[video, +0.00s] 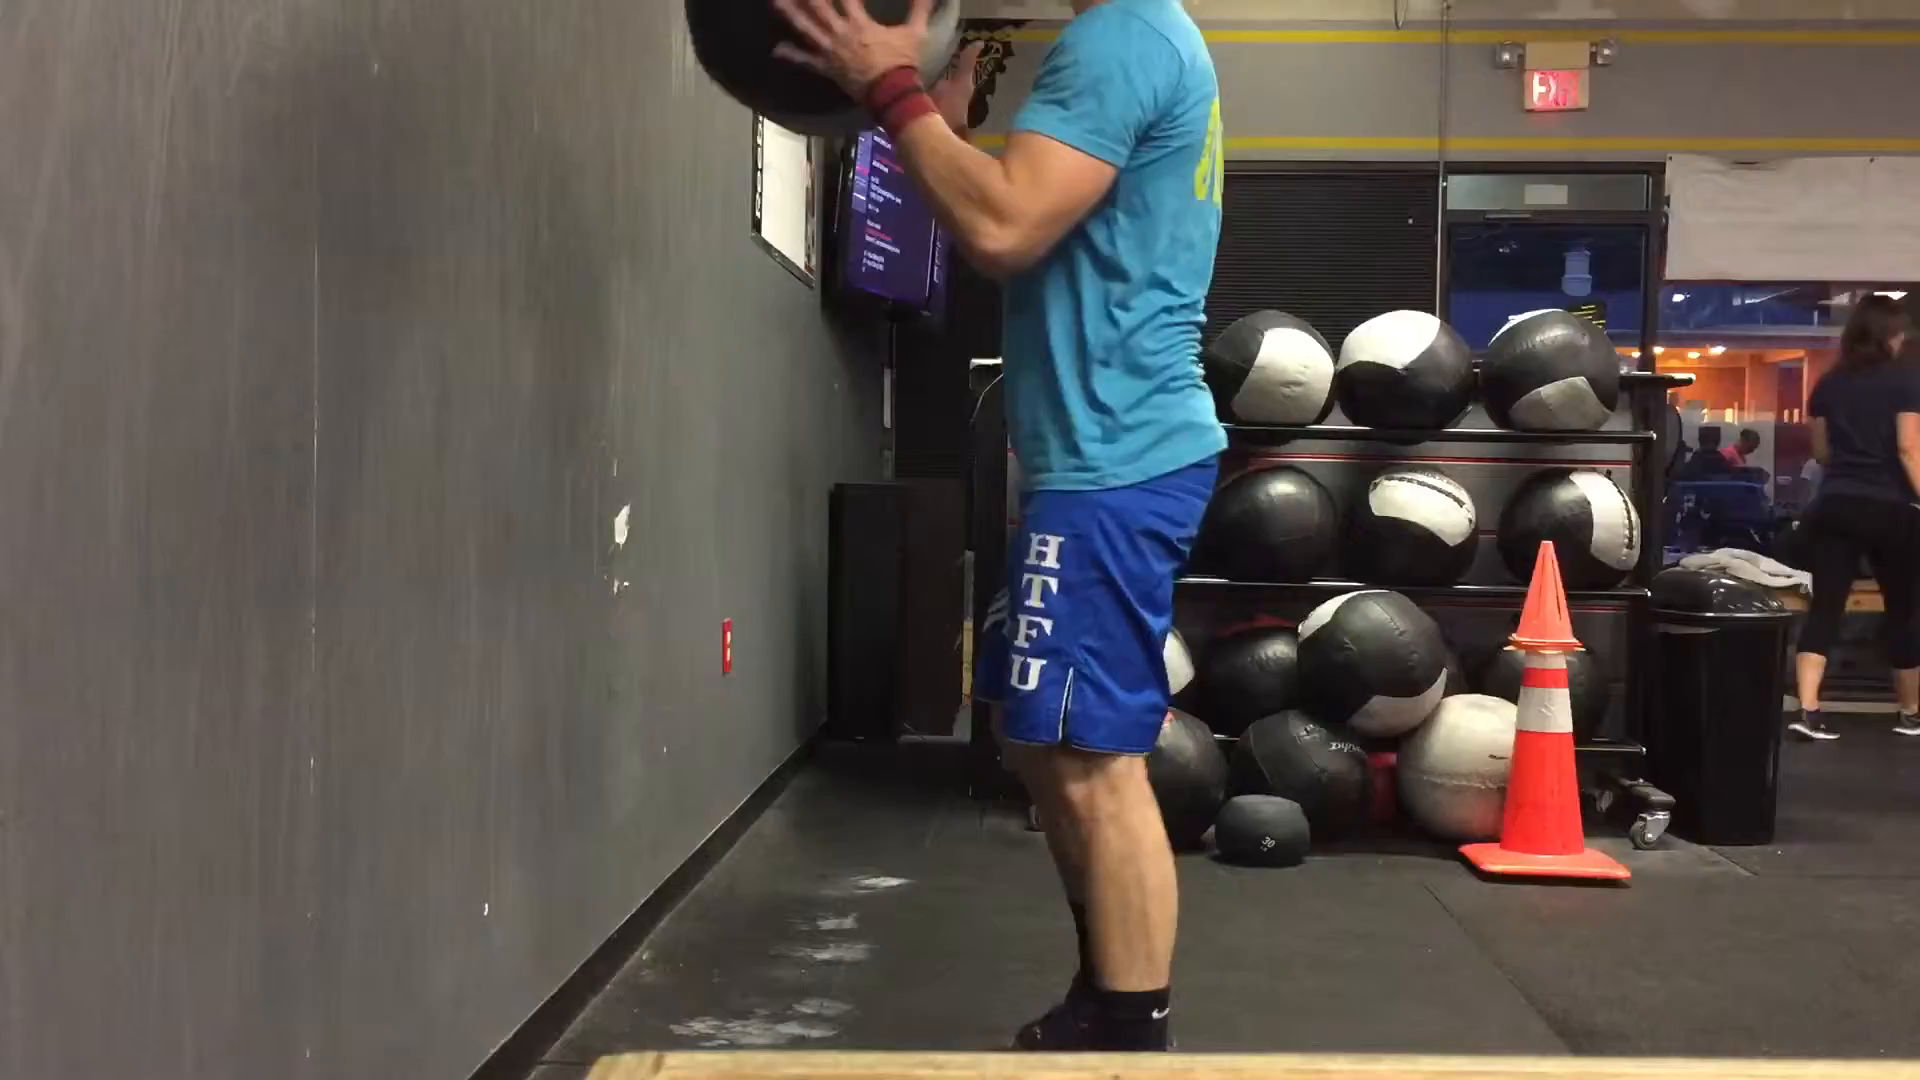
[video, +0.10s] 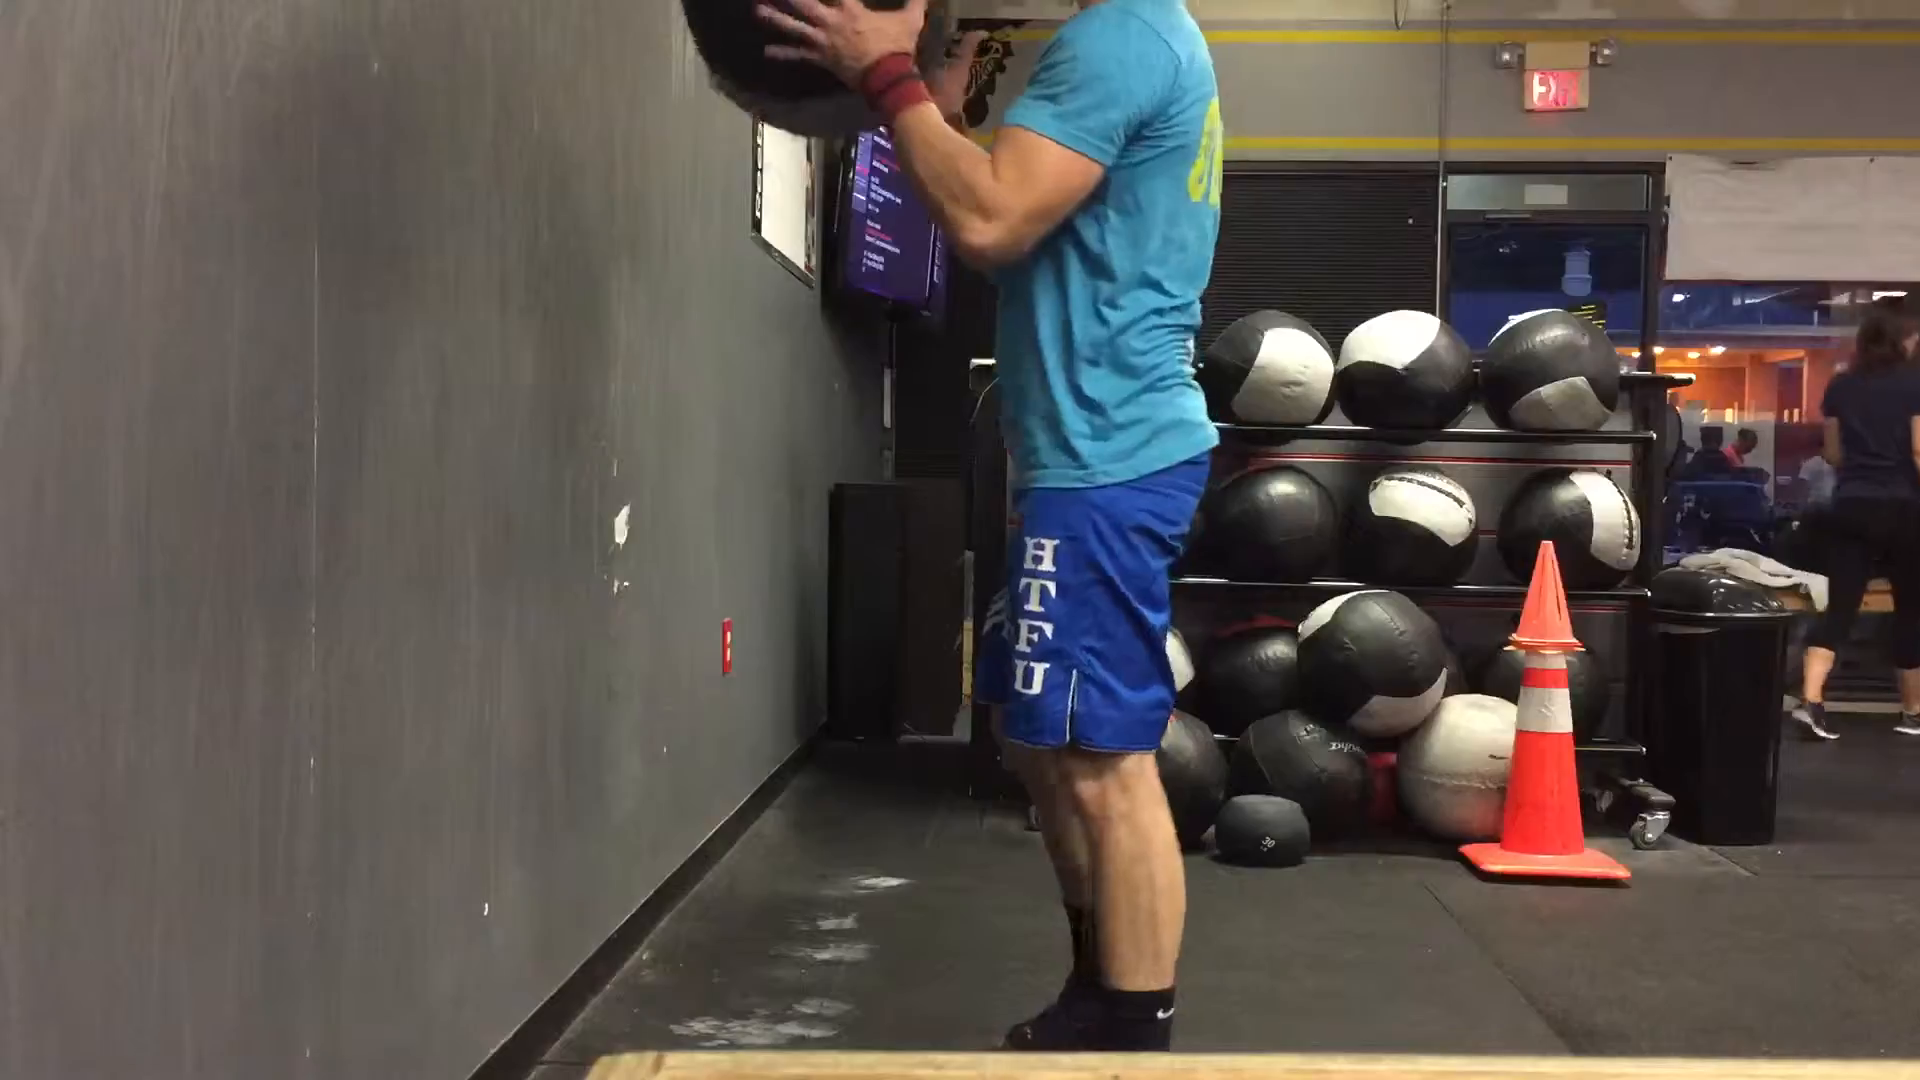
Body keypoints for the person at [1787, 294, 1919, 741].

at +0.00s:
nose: (1903, 341)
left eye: (1902, 333)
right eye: (1901, 334)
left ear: (1853, 336)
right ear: (1890, 337)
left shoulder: (1829, 384)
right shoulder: (1903, 383)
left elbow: (1820, 451)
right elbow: (1908, 449)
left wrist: (1849, 472)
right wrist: (1919, 494)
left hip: (1835, 507)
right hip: (1891, 509)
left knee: (1824, 604)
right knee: (1903, 607)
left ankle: (1806, 710)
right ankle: (1909, 710)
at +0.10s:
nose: (1917, 345)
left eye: (1916, 337)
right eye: (1914, 338)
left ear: (1865, 342)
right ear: (1901, 342)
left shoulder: (1841, 386)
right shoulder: (1912, 384)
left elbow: (1831, 452)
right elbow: (1917, 450)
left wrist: (1860, 472)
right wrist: (1912, 486)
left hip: (1852, 506)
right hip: (1903, 507)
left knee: (1839, 605)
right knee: (1909, 607)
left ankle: (1809, 702)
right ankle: (1912, 710)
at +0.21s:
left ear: (1880, 337)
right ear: (1917, 339)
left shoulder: (1862, 382)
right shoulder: (1915, 378)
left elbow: (1853, 447)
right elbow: (1854, 445)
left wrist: (1852, 484)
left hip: (1873, 501)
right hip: (1913, 502)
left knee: (1872, 605)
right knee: (1914, 609)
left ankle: (1830, 675)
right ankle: (1912, 711)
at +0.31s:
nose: (1904, 346)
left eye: (1902, 340)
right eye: (1908, 339)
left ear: (1899, 343)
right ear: (1913, 343)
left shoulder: (1879, 384)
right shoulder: (1887, 384)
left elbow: (1865, 451)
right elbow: (1864, 451)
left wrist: (1863, 505)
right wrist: (1864, 503)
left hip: (1890, 503)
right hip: (1907, 504)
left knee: (1904, 600)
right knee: (1910, 603)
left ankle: (1861, 668)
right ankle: (1911, 711)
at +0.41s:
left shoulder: (1894, 386)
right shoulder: (1895, 386)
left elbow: (1877, 449)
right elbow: (1877, 449)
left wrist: (1870, 502)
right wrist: (1871, 502)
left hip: (1904, 508)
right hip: (1903, 509)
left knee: (1908, 614)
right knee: (1907, 614)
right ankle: (1910, 699)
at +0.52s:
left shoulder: (1911, 397)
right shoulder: (1912, 396)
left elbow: (1898, 446)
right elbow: (1898, 446)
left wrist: (1887, 502)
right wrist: (1887, 502)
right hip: (1915, 521)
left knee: (1917, 619)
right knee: (1916, 620)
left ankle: (1913, 703)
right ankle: (1912, 703)